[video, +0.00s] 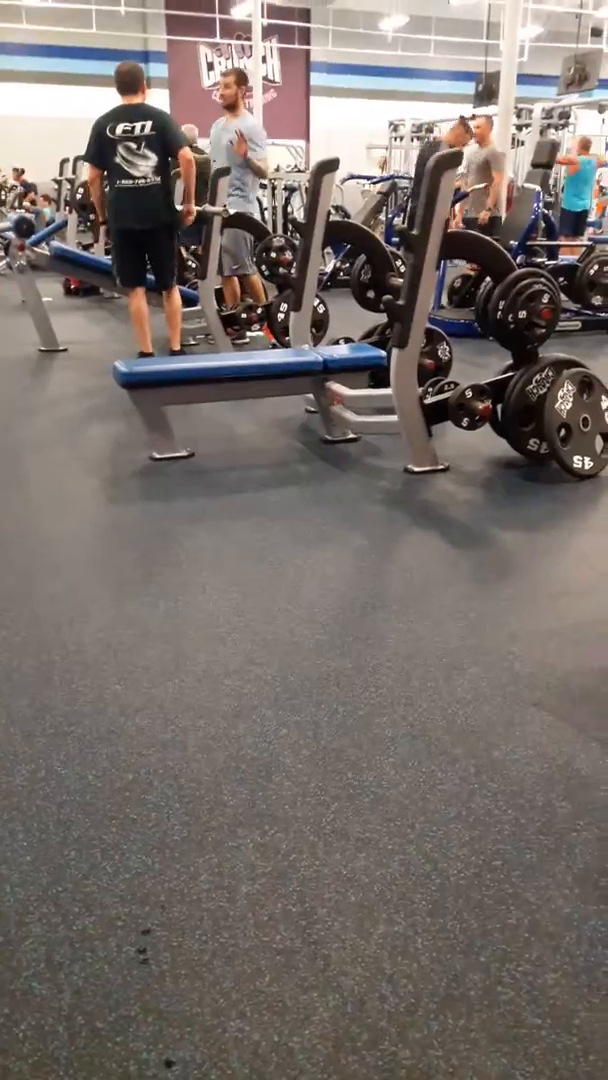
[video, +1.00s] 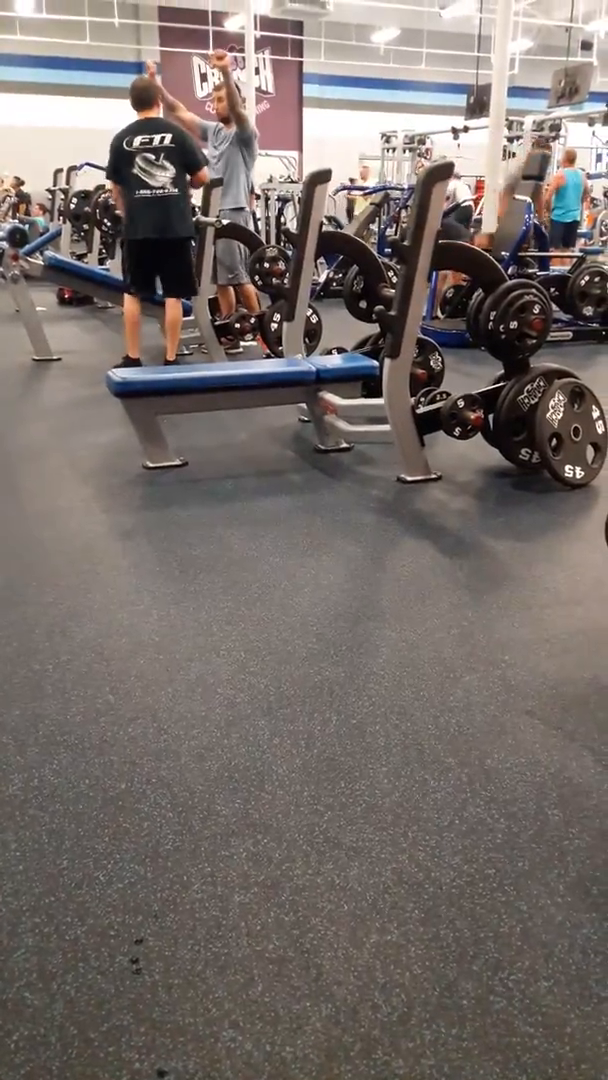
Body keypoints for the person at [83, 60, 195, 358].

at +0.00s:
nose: (146, 88)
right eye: (146, 84)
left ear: (116, 88)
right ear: (144, 86)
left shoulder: (103, 123)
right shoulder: (160, 118)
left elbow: (93, 177)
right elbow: (186, 157)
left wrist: (101, 214)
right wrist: (190, 200)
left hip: (122, 215)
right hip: (159, 212)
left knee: (134, 289)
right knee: (169, 286)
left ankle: (146, 352)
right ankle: (176, 348)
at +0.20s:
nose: (150, 91)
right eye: (150, 87)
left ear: (123, 90)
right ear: (149, 89)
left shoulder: (109, 125)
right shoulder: (167, 123)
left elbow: (98, 177)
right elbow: (190, 170)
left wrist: (113, 196)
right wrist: (179, 195)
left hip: (127, 216)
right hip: (163, 215)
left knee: (136, 291)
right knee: (171, 289)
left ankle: (146, 354)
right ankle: (175, 351)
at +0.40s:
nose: (152, 92)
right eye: (153, 88)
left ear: (126, 92)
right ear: (154, 91)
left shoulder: (112, 127)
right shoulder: (170, 126)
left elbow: (104, 178)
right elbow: (193, 175)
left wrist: (123, 184)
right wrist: (173, 189)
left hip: (129, 219)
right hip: (164, 219)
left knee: (135, 292)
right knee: (169, 292)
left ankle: (141, 354)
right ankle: (171, 352)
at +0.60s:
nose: (163, 92)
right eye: (162, 88)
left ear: (132, 92)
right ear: (161, 92)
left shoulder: (119, 129)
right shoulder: (175, 127)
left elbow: (108, 179)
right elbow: (198, 175)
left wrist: (129, 187)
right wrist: (177, 188)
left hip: (133, 219)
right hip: (169, 219)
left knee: (130, 286)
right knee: (172, 290)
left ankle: (137, 349)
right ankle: (171, 353)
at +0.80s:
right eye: (164, 93)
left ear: (135, 98)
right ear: (164, 96)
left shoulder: (124, 133)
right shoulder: (182, 132)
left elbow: (114, 184)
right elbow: (203, 178)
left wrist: (135, 193)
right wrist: (184, 191)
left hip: (139, 223)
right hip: (176, 224)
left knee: (134, 289)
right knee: (175, 291)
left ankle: (135, 354)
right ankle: (173, 356)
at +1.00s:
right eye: (159, 95)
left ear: (132, 103)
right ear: (159, 99)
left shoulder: (122, 138)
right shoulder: (178, 133)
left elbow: (116, 186)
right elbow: (201, 177)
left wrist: (126, 210)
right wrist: (181, 181)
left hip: (138, 226)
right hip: (175, 225)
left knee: (132, 293)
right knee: (173, 295)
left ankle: (132, 357)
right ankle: (171, 358)